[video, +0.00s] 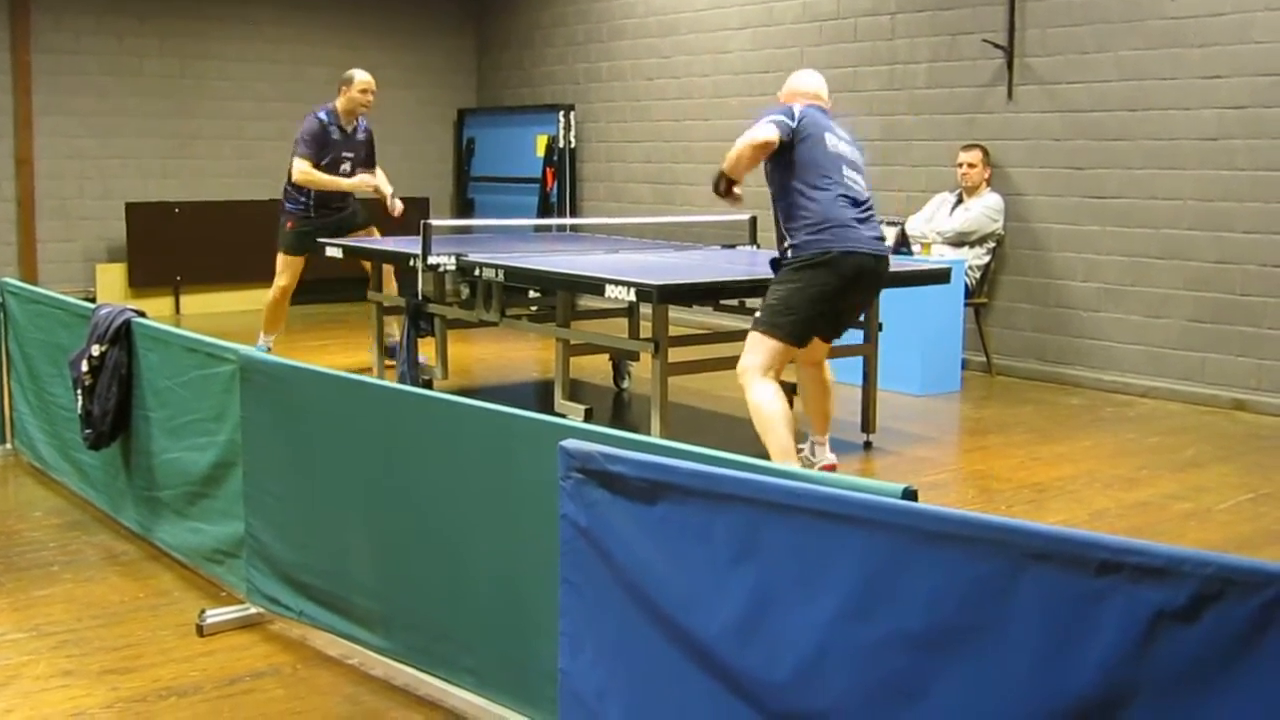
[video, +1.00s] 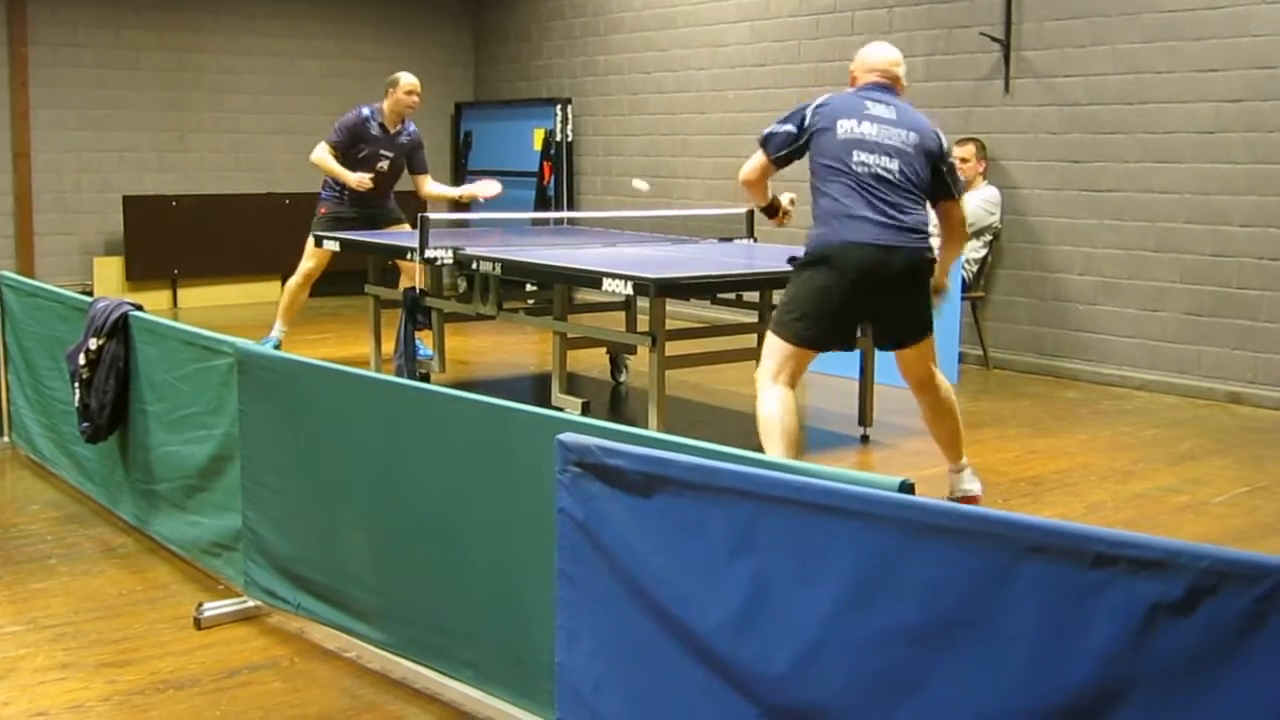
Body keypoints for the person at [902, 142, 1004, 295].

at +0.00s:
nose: (964, 171)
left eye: (971, 166)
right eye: (960, 166)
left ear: (986, 172)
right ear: (956, 170)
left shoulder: (993, 203)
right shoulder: (944, 198)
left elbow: (961, 231)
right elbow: (911, 226)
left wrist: (924, 230)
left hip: (957, 278)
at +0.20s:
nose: (960, 170)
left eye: (968, 165)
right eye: (957, 165)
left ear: (984, 170)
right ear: (953, 168)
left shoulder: (992, 201)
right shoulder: (943, 196)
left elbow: (958, 230)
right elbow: (910, 225)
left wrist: (922, 229)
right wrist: (944, 237)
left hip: (956, 277)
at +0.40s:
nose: (956, 169)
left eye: (963, 164)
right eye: (954, 164)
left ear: (981, 170)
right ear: (950, 165)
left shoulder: (991, 200)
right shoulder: (941, 195)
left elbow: (956, 229)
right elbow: (908, 223)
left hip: (954, 275)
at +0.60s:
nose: (954, 168)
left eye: (961, 163)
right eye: (952, 162)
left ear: (980, 168)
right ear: (949, 164)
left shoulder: (990, 198)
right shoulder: (940, 194)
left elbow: (957, 227)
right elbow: (908, 220)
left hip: (954, 273)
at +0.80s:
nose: (954, 167)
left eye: (961, 162)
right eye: (952, 161)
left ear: (980, 167)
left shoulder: (990, 197)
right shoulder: (946, 194)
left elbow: (955, 225)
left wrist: (919, 225)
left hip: (956, 273)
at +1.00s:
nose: (957, 166)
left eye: (964, 161)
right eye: (954, 160)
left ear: (981, 166)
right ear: (950, 161)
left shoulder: (989, 196)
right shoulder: (958, 192)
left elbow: (948, 224)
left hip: (958, 272)